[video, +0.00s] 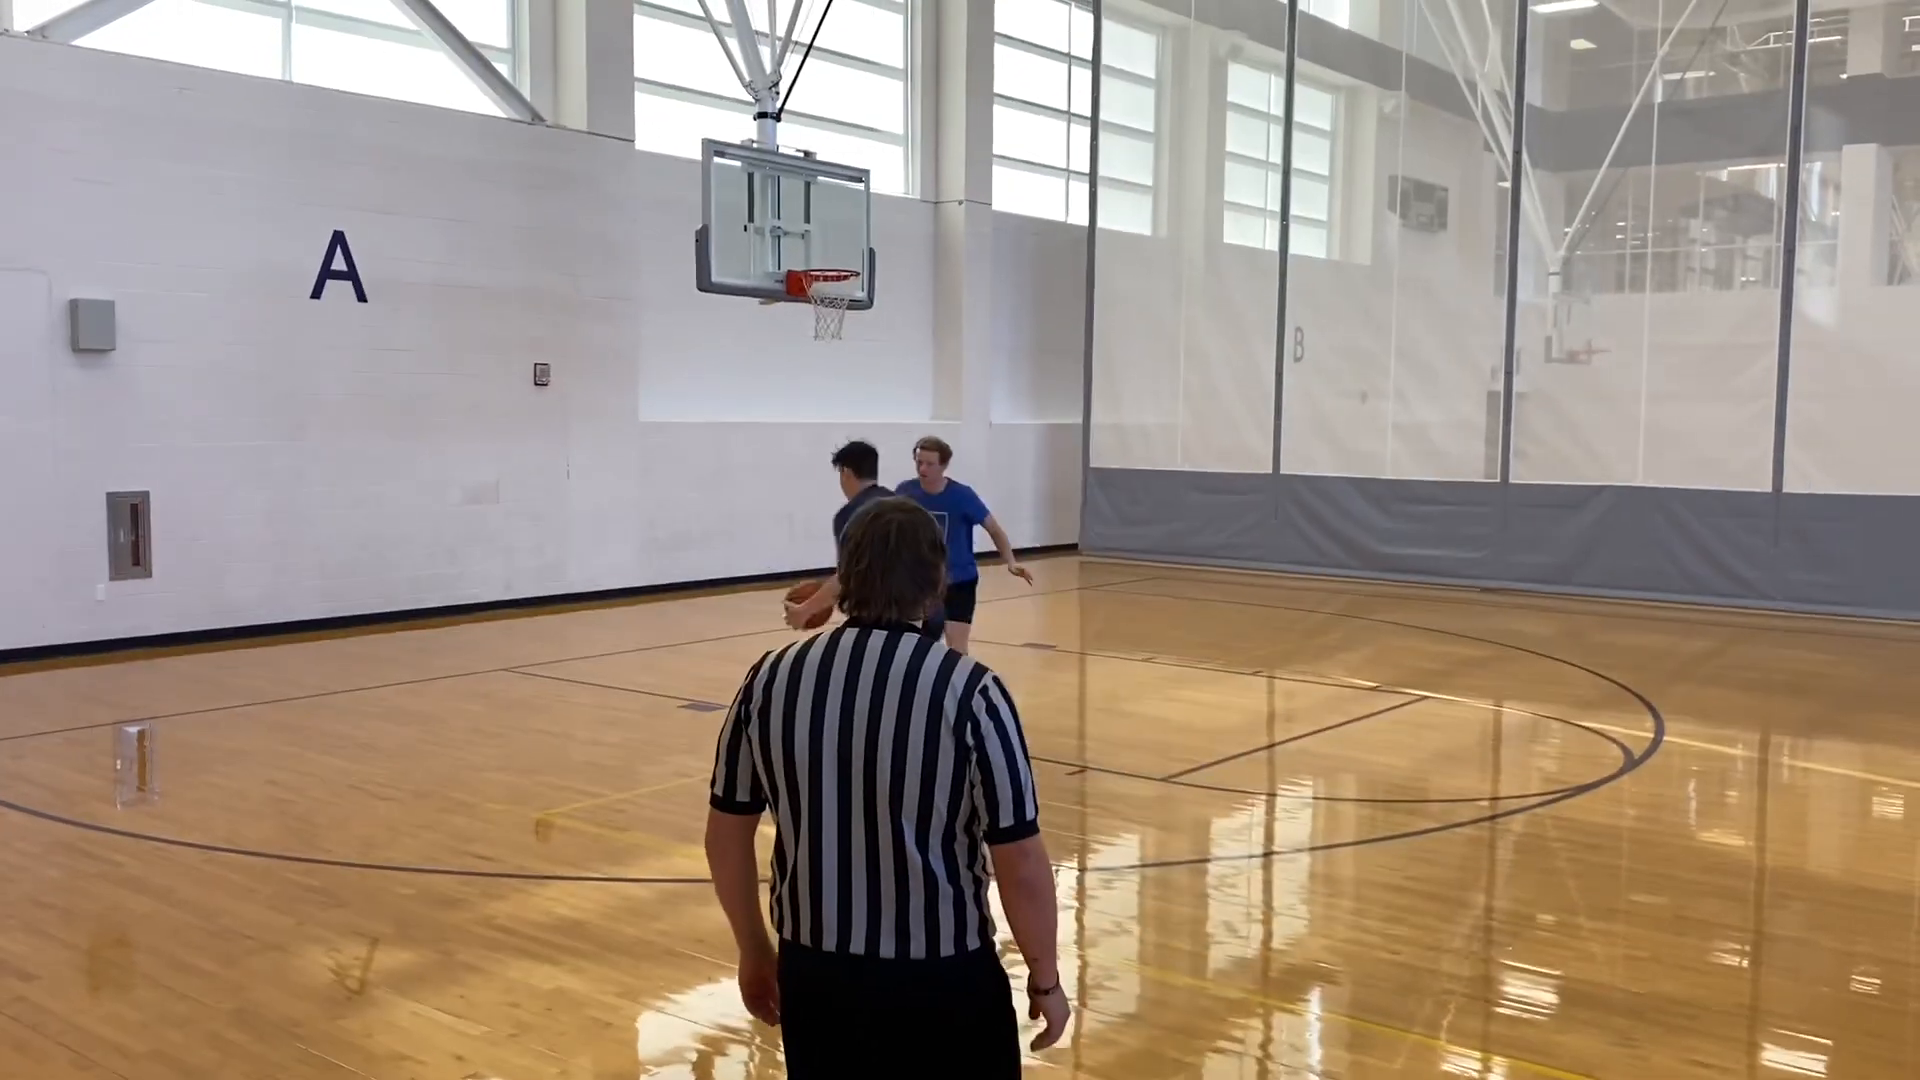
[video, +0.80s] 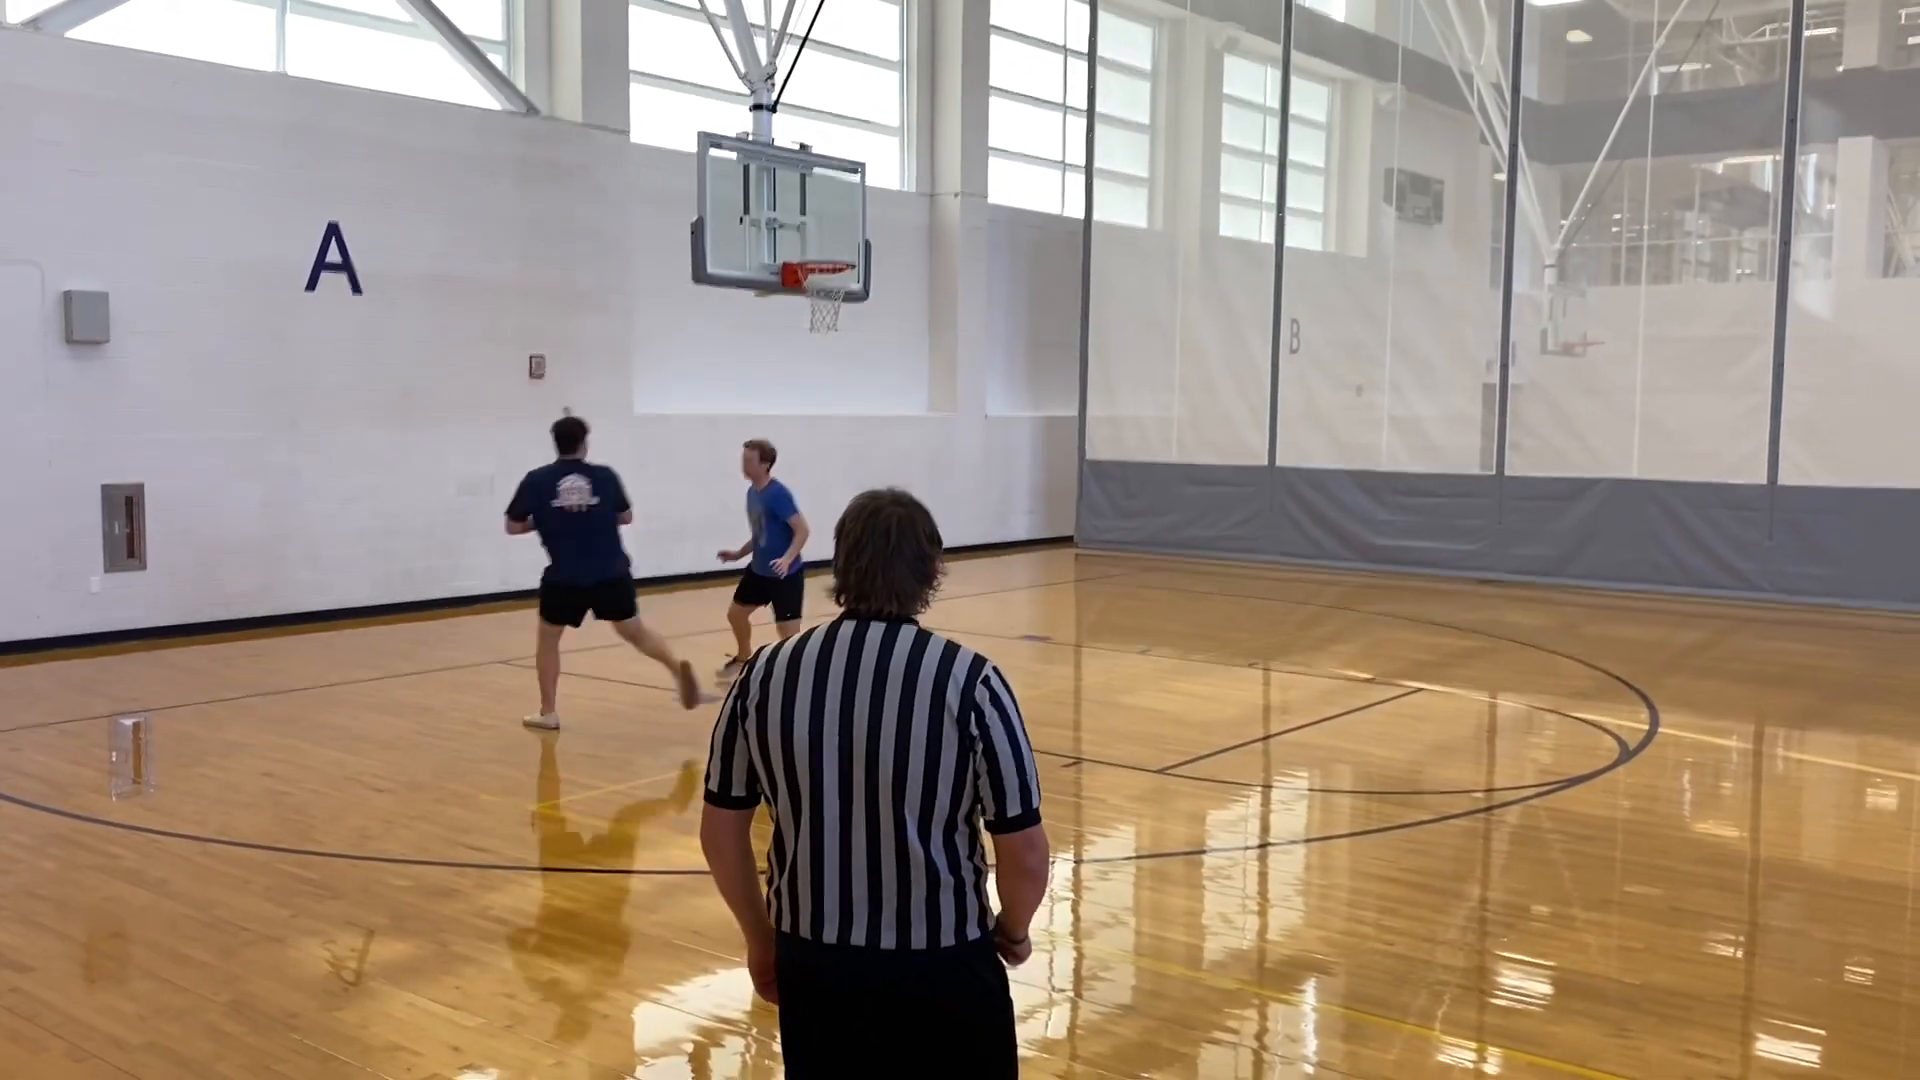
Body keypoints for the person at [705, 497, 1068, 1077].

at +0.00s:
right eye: (945, 576)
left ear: (846, 578)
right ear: (937, 585)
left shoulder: (772, 676)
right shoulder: (971, 690)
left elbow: (726, 832)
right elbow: (1020, 861)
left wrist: (752, 947)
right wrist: (1045, 975)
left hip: (817, 984)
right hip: (949, 988)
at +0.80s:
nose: (940, 569)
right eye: (936, 558)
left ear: (842, 565)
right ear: (931, 569)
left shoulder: (766, 672)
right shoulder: (971, 680)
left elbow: (721, 831)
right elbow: (1025, 853)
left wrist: (758, 936)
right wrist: (1014, 924)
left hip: (814, 974)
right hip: (948, 975)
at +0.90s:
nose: (937, 574)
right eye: (934, 561)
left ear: (839, 568)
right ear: (927, 574)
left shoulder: (762, 677)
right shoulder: (967, 681)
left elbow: (719, 835)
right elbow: (1038, 851)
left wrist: (761, 932)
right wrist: (1004, 875)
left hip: (814, 978)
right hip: (947, 977)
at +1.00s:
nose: (930, 571)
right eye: (928, 560)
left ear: (832, 569)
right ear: (923, 574)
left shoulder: (760, 679)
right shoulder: (963, 677)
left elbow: (721, 833)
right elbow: (1070, 807)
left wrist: (767, 924)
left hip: (817, 980)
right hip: (949, 978)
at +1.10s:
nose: (931, 571)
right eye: (928, 559)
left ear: (832, 569)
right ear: (922, 572)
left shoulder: (762, 678)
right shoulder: (964, 671)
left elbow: (725, 832)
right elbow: (1101, 712)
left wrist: (775, 912)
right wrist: (1044, 632)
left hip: (820, 975)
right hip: (950, 972)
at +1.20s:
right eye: (925, 557)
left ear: (830, 565)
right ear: (923, 570)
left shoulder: (766, 676)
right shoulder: (962, 661)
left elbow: (728, 827)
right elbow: (1094, 605)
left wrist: (790, 904)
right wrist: (1044, 509)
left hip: (822, 970)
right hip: (952, 965)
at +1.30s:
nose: (927, 566)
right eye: (926, 555)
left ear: (834, 570)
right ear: (925, 570)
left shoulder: (767, 678)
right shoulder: (960, 653)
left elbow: (733, 825)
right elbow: (1073, 545)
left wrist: (791, 894)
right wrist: (1042, 424)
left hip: (827, 971)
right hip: (958, 969)